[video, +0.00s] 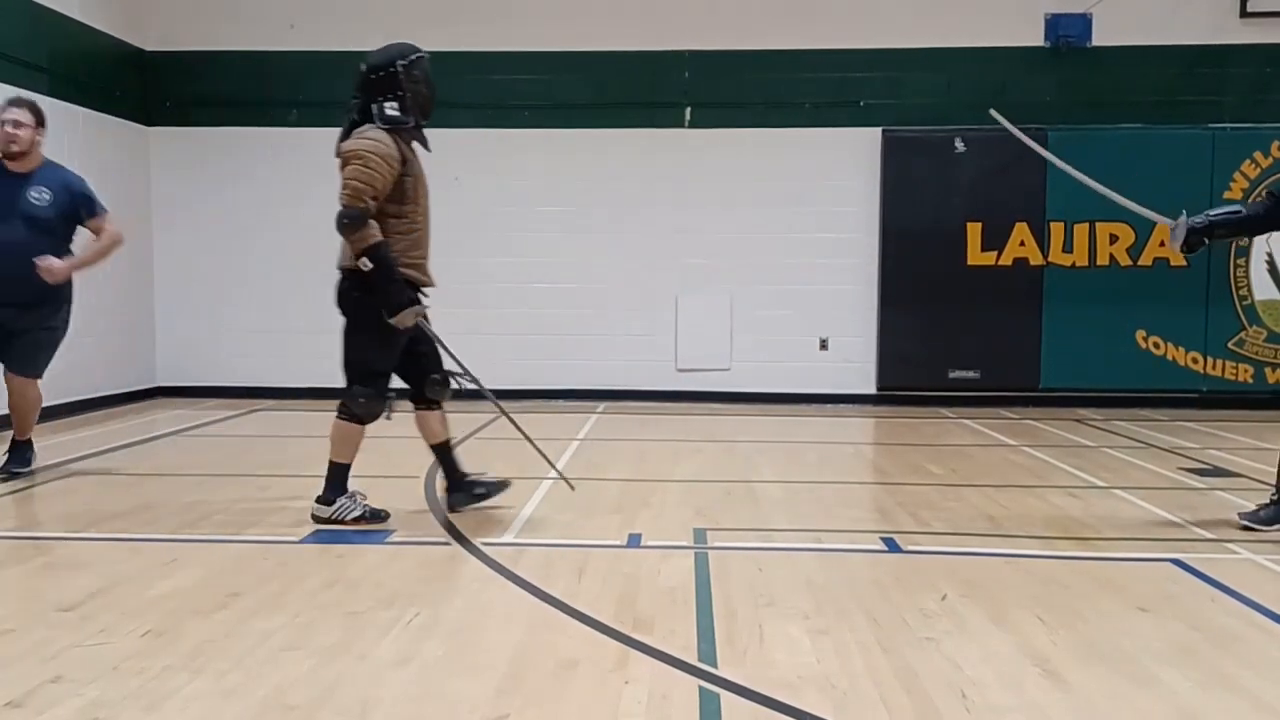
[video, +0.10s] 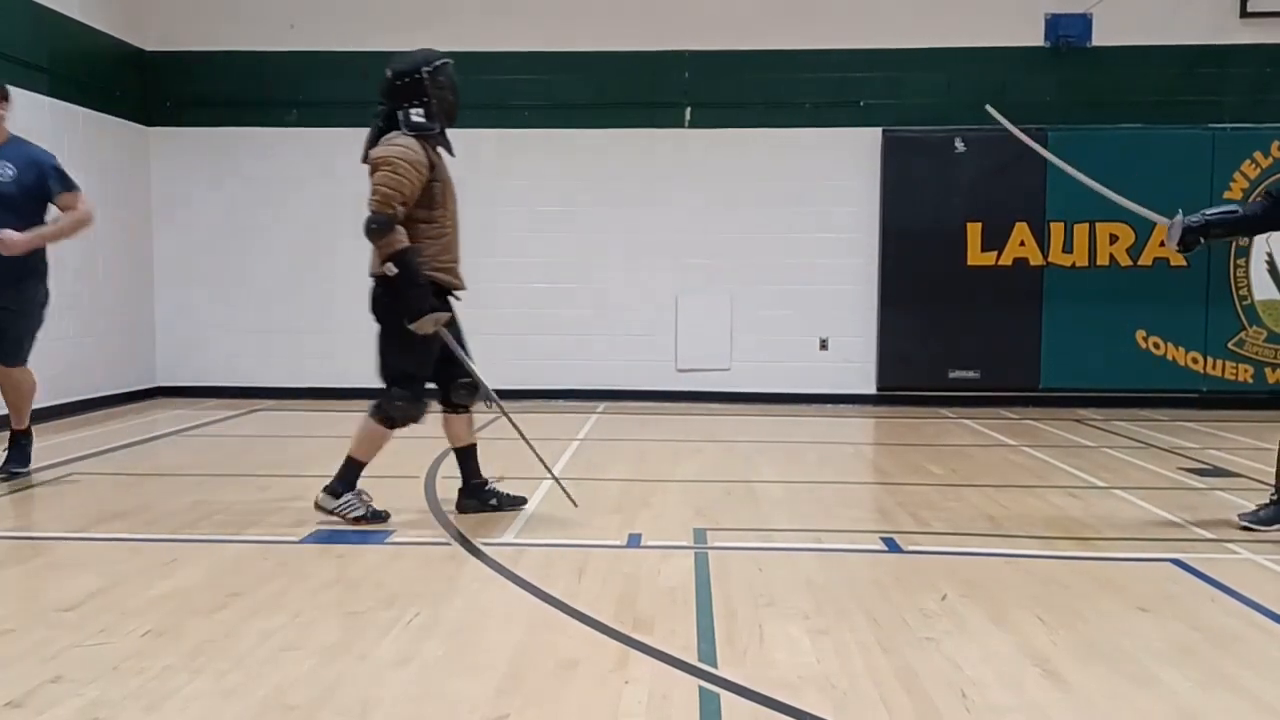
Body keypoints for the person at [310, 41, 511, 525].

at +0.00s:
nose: (429, 90)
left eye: (426, 80)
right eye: (420, 80)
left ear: (390, 87)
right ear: (397, 86)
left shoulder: (397, 141)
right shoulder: (375, 144)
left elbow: (388, 220)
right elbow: (352, 217)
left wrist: (409, 281)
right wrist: (391, 286)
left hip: (394, 286)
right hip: (371, 287)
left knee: (428, 380)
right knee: (365, 395)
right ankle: (333, 496)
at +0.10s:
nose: (453, 96)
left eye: (449, 87)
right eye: (444, 88)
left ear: (411, 96)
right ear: (423, 95)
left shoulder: (423, 147)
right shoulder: (402, 150)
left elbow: (409, 224)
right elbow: (382, 224)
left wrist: (440, 285)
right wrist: (414, 289)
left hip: (432, 290)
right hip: (405, 291)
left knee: (458, 387)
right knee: (404, 398)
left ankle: (474, 487)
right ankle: (339, 489)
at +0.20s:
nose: (474, 95)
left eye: (471, 86)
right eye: (465, 87)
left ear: (434, 95)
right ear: (445, 94)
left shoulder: (445, 146)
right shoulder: (426, 149)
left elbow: (433, 225)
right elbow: (411, 223)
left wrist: (466, 287)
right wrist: (447, 292)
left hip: (455, 287)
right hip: (434, 288)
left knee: (482, 384)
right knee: (471, 388)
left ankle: (476, 489)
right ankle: (381, 465)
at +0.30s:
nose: (494, 93)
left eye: (491, 84)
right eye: (486, 84)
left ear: (453, 91)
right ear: (464, 90)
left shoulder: (462, 145)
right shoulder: (447, 147)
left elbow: (456, 224)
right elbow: (440, 222)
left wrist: (494, 283)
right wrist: (479, 282)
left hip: (469, 282)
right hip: (459, 283)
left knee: (503, 383)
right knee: (508, 382)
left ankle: (474, 488)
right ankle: (439, 460)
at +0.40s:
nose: (513, 93)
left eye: (510, 84)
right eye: (506, 84)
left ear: (470, 90)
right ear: (485, 89)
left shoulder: (476, 143)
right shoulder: (468, 147)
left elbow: (480, 224)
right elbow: (470, 224)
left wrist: (522, 281)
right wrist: (520, 277)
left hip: (479, 285)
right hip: (485, 284)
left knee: (504, 384)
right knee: (542, 379)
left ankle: (476, 487)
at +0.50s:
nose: (529, 96)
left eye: (526, 87)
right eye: (522, 88)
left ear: (484, 96)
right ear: (503, 93)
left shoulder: (492, 147)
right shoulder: (491, 151)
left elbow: (513, 230)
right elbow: (502, 223)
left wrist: (560, 278)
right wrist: (561, 267)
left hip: (497, 288)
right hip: (507, 288)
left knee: (515, 389)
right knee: (559, 385)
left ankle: (476, 487)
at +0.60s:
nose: (548, 101)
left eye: (544, 92)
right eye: (540, 93)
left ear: (502, 103)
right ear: (522, 100)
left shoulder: (501, 155)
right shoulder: (518, 158)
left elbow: (532, 239)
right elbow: (540, 229)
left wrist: (579, 284)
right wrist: (611, 260)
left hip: (513, 295)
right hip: (531, 296)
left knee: (529, 395)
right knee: (584, 392)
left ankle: (478, 487)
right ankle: (621, 491)